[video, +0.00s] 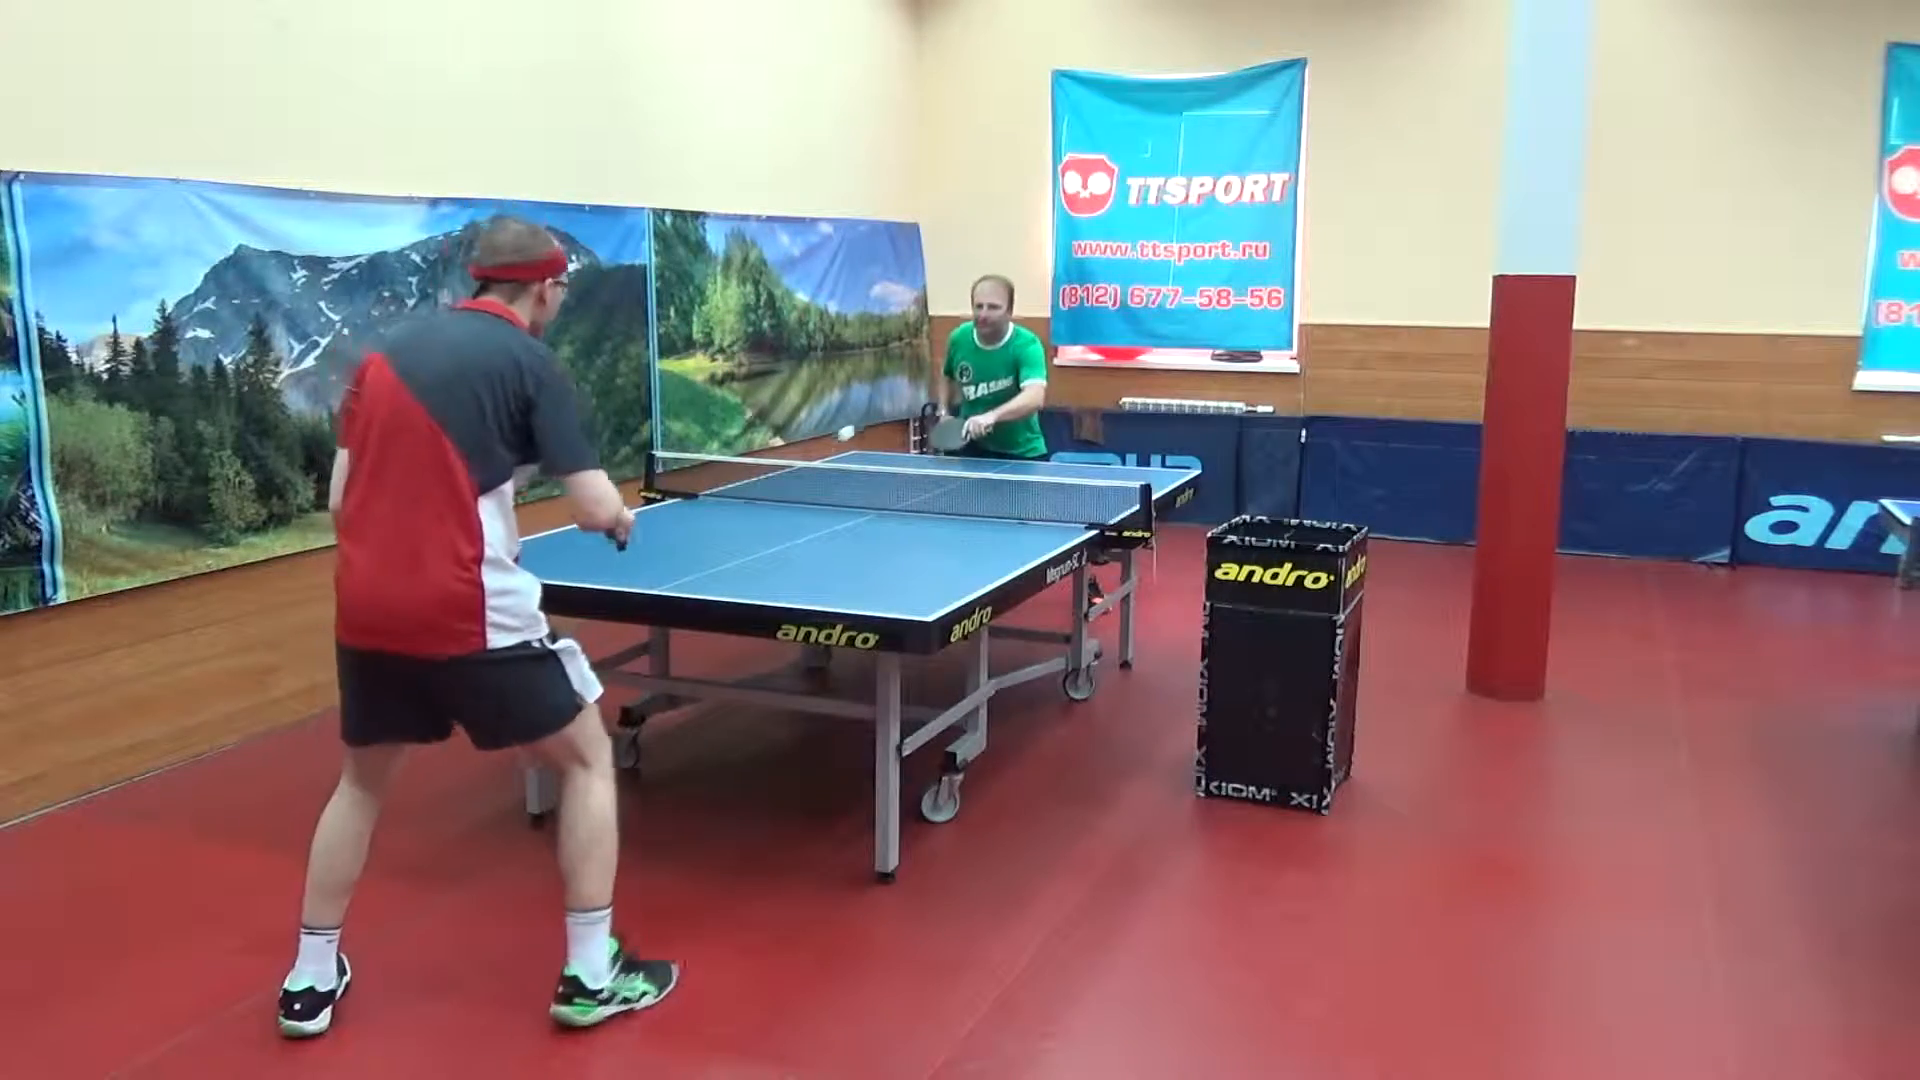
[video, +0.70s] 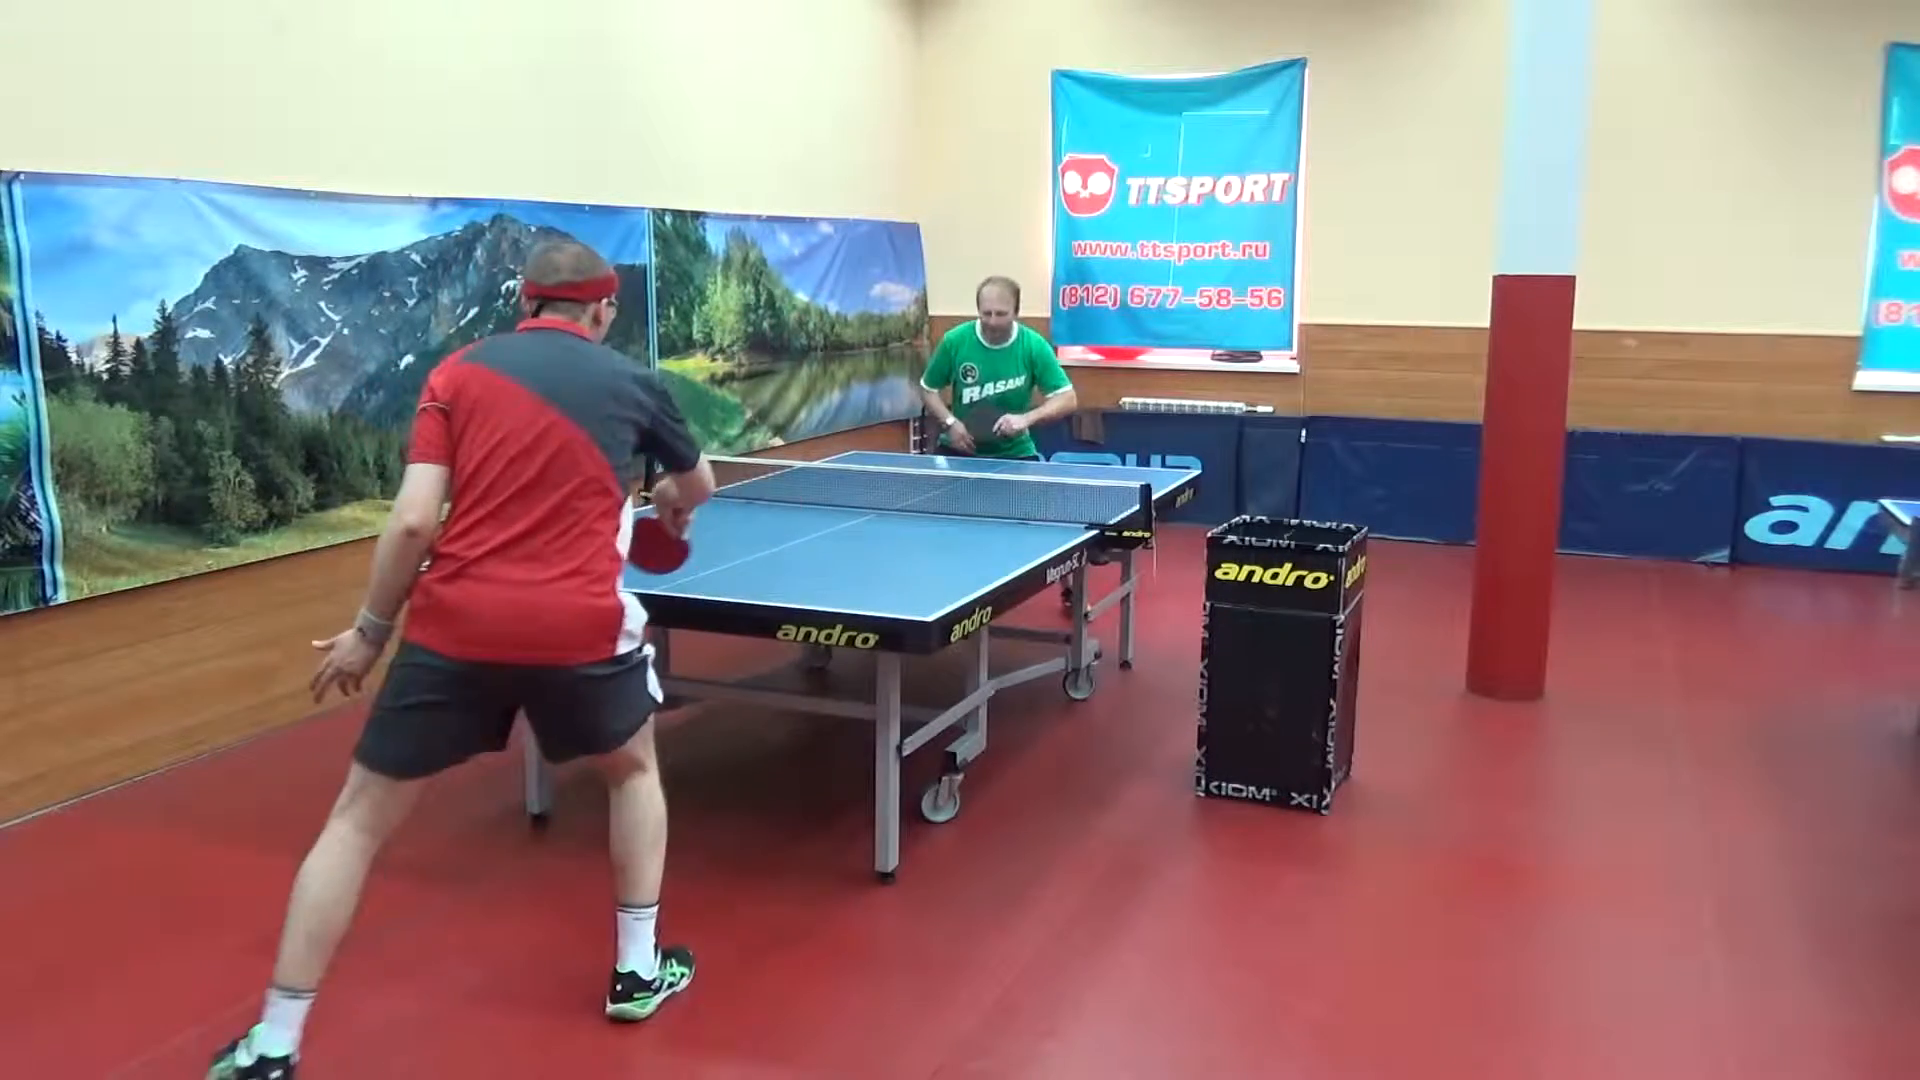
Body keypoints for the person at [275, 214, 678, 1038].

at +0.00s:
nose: (560, 301)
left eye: (560, 287)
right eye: (558, 287)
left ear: (477, 282)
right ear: (537, 289)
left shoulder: (386, 349)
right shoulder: (528, 363)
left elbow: (341, 499)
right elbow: (595, 508)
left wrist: (443, 517)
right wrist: (619, 517)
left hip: (368, 613)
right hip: (477, 615)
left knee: (360, 780)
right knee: (587, 759)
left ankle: (310, 981)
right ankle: (592, 972)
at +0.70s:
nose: (614, 320)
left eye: (607, 310)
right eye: (613, 310)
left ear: (525, 303)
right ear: (601, 309)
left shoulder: (458, 372)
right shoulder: (632, 381)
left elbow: (414, 520)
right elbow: (692, 486)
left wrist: (367, 633)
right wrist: (666, 513)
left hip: (457, 625)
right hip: (580, 628)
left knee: (357, 820)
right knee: (630, 772)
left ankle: (274, 1041)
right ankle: (638, 969)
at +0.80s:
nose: (599, 325)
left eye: (595, 314)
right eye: (599, 314)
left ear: (511, 306)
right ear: (586, 315)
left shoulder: (427, 376)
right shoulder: (596, 389)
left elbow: (375, 527)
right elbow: (669, 513)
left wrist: (341, 636)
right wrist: (642, 525)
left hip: (412, 641)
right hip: (543, 643)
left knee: (323, 839)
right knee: (620, 776)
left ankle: (232, 1059)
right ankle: (637, 966)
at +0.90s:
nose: (565, 331)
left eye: (566, 318)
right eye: (564, 318)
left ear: (472, 305)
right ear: (547, 316)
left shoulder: (379, 377)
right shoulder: (555, 393)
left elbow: (327, 535)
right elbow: (628, 537)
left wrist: (314, 640)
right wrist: (607, 556)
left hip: (364, 650)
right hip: (498, 650)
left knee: (286, 855)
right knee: (586, 780)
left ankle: (221, 1067)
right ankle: (634, 966)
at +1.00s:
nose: (528, 315)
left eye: (527, 302)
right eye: (527, 303)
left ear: (438, 296)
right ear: (508, 304)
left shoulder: (337, 364)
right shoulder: (518, 387)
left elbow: (288, 530)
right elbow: (588, 534)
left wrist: (317, 610)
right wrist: (584, 567)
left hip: (322, 650)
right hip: (462, 649)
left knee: (267, 856)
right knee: (563, 788)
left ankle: (218, 1067)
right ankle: (624, 967)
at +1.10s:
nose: (507, 310)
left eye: (507, 296)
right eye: (507, 296)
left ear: (415, 290)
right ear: (486, 296)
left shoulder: (312, 359)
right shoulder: (492, 375)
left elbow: (264, 527)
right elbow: (567, 526)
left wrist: (307, 600)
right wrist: (579, 545)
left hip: (303, 652)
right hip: (442, 647)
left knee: (262, 854)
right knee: (543, 791)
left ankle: (217, 1067)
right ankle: (585, 997)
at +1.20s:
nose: (502, 306)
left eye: (500, 292)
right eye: (499, 292)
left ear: (409, 289)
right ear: (476, 294)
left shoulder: (307, 360)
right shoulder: (487, 373)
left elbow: (260, 527)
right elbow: (577, 521)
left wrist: (312, 597)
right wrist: (587, 538)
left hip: (301, 649)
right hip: (440, 644)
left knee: (256, 853)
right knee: (546, 793)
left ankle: (216, 1066)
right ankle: (579, 1001)